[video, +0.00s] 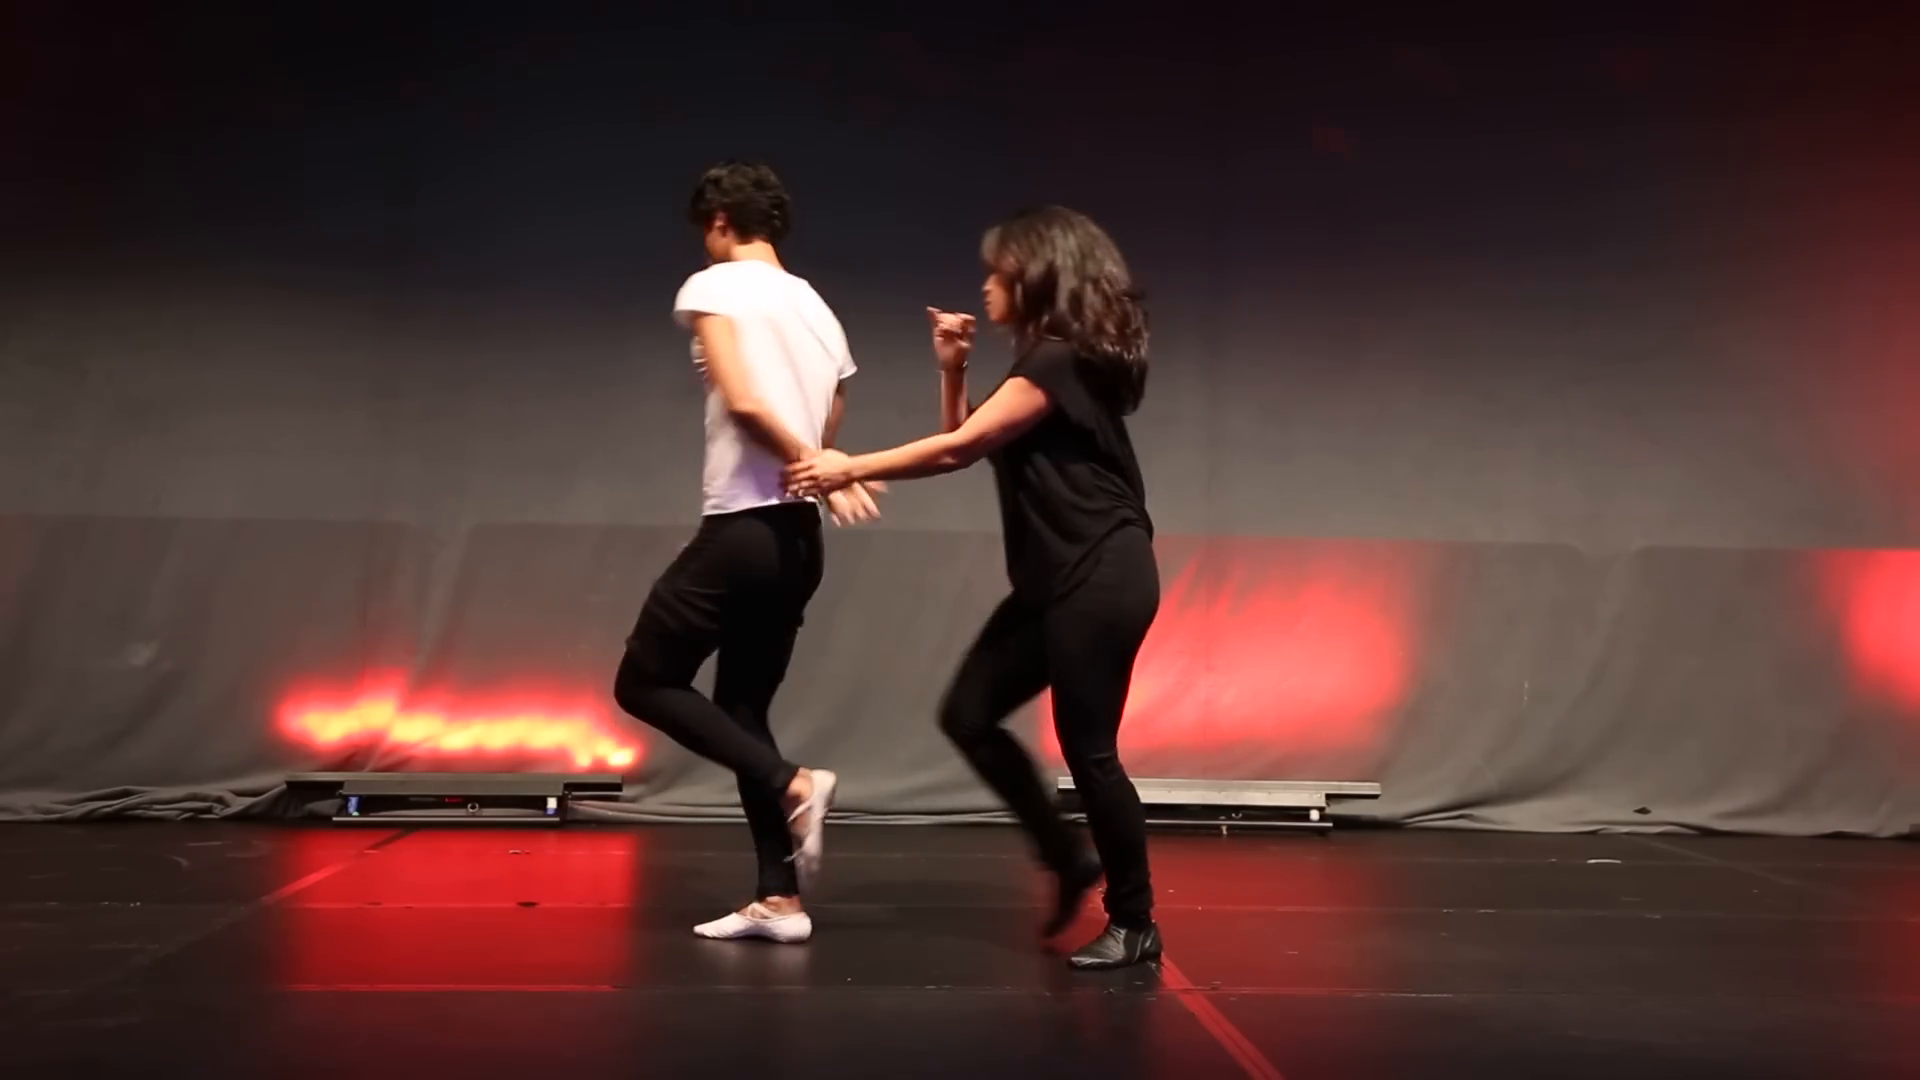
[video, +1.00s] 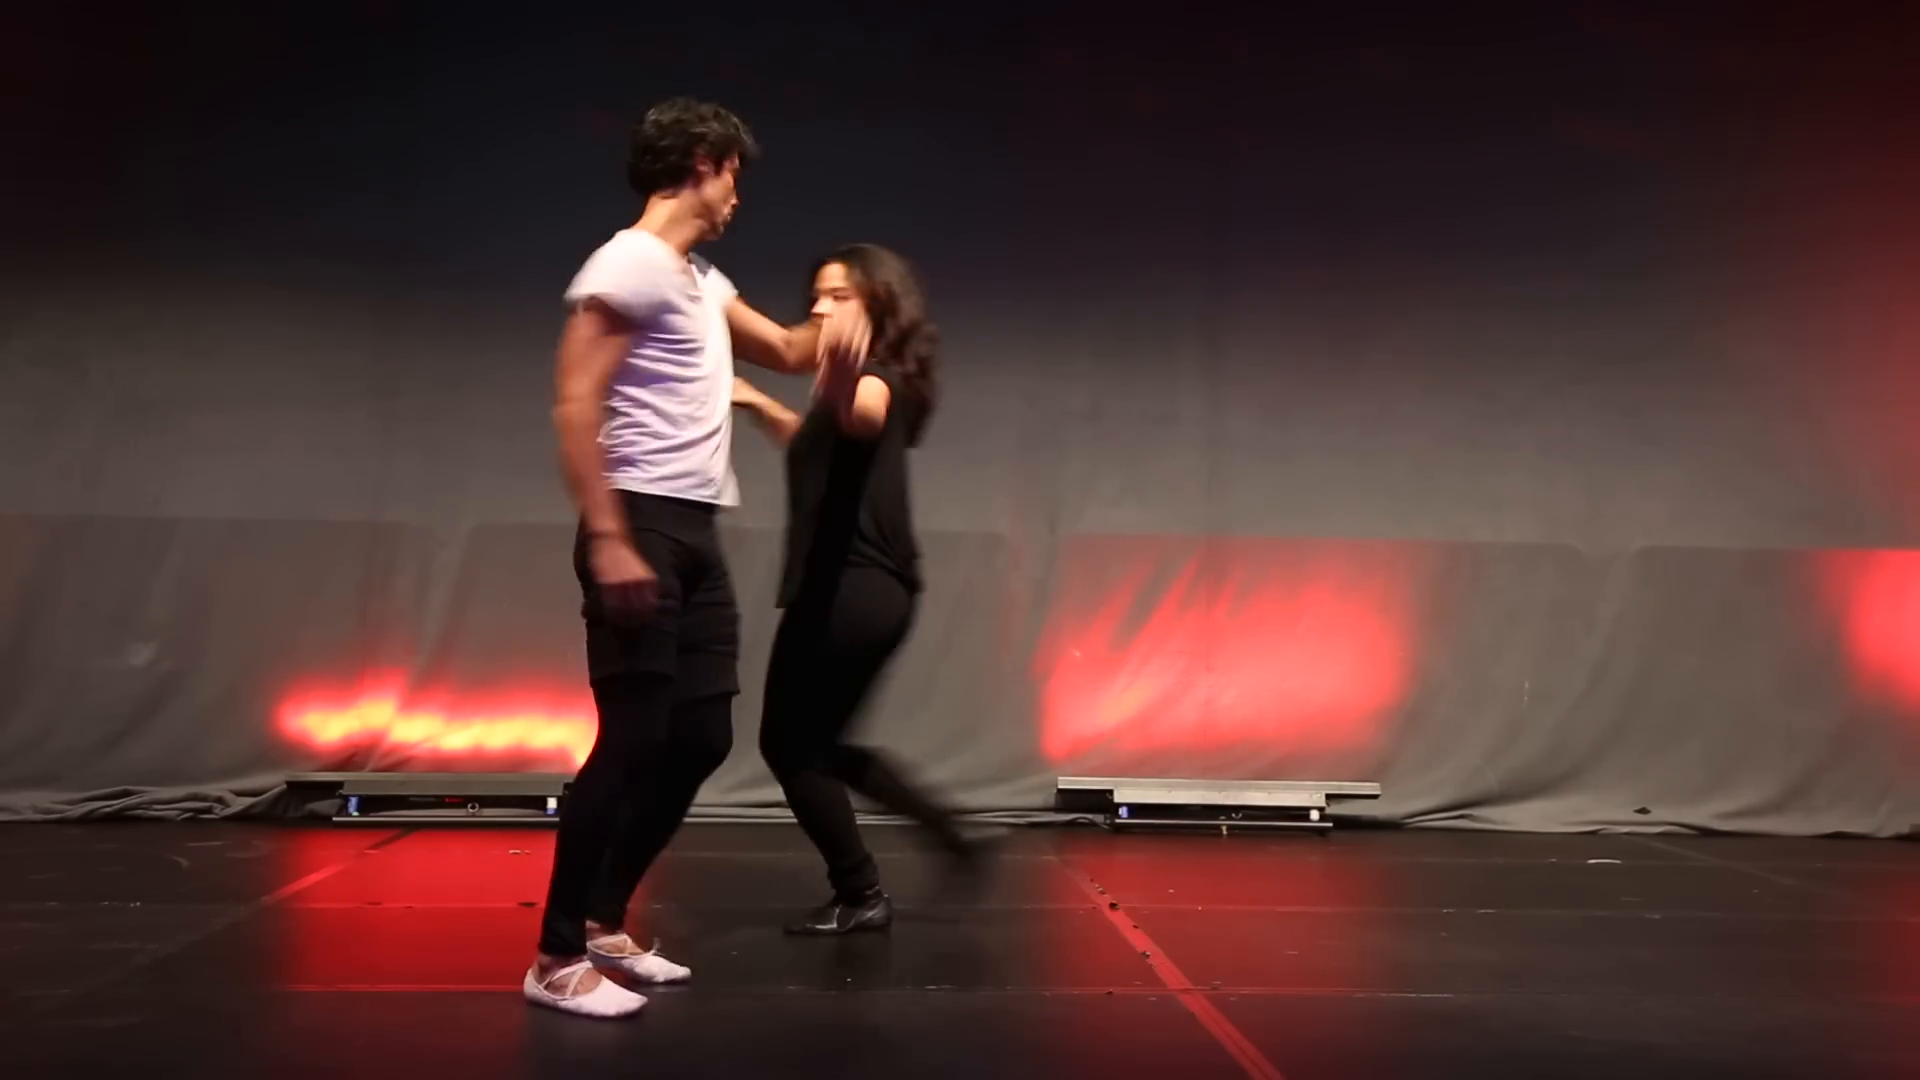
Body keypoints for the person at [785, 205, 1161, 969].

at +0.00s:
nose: (985, 288)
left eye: (997, 275)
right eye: (989, 273)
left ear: (1038, 278)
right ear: (1047, 282)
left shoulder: (1064, 361)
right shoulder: (1045, 360)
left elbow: (961, 447)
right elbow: (965, 443)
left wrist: (849, 466)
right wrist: (952, 371)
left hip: (1100, 576)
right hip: (1055, 582)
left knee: (1090, 751)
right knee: (966, 717)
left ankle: (1136, 927)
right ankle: (1070, 860)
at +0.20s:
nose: (1008, 285)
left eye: (1018, 271)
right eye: (1010, 270)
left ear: (1053, 274)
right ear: (1089, 274)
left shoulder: (1045, 355)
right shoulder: (1115, 352)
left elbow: (952, 435)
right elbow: (1085, 416)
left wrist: (836, 438)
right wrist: (1022, 371)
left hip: (1075, 565)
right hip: (1115, 562)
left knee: (1047, 740)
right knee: (1076, 734)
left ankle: (1126, 907)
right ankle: (1137, 895)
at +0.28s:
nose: (1008, 286)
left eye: (1017, 272)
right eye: (1010, 271)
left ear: (1054, 274)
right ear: (1100, 274)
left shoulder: (1027, 353)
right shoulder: (1131, 358)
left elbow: (941, 431)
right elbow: (1144, 467)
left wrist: (821, 434)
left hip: (1060, 569)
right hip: (1131, 570)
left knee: (1001, 731)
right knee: (1103, 735)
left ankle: (1089, 888)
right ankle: (1144, 911)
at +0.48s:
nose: (994, 297)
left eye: (1004, 284)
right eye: (997, 283)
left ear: (1039, 286)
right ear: (1083, 285)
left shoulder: (1003, 362)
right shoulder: (1125, 367)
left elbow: (928, 436)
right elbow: (1151, 480)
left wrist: (816, 449)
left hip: (1027, 578)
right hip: (1117, 581)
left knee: (950, 713)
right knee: (1119, 740)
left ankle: (971, 887)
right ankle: (1143, 915)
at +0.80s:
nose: (897, 311)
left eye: (911, 299)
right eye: (900, 297)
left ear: (952, 306)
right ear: (970, 308)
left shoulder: (923, 378)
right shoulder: (1010, 381)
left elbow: (891, 455)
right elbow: (1030, 481)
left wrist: (825, 495)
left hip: (939, 594)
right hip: (1012, 595)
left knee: (827, 721)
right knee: (1058, 743)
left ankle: (861, 895)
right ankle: (1134, 895)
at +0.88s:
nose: (865, 309)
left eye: (881, 297)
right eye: (867, 295)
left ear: (919, 306)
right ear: (934, 310)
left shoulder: (900, 379)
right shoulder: (955, 382)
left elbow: (871, 454)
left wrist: (817, 480)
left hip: (887, 601)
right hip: (954, 601)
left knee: (800, 734)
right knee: (993, 739)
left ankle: (859, 894)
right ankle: (1108, 863)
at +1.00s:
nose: (820, 309)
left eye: (836, 296)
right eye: (818, 297)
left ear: (877, 306)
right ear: (817, 308)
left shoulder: (878, 385)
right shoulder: (838, 391)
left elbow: (848, 412)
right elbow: (807, 447)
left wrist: (839, 353)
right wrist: (755, 401)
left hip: (854, 589)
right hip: (845, 589)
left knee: (791, 743)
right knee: (813, 741)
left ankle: (859, 895)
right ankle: (952, 835)